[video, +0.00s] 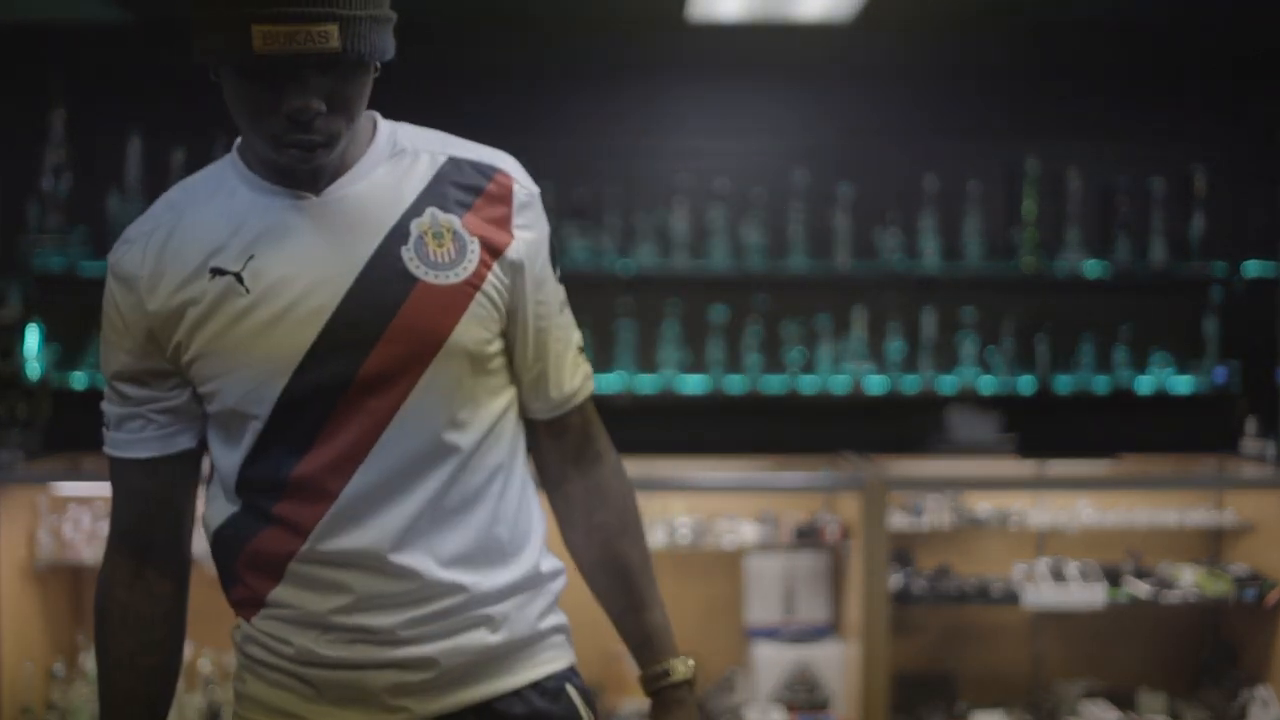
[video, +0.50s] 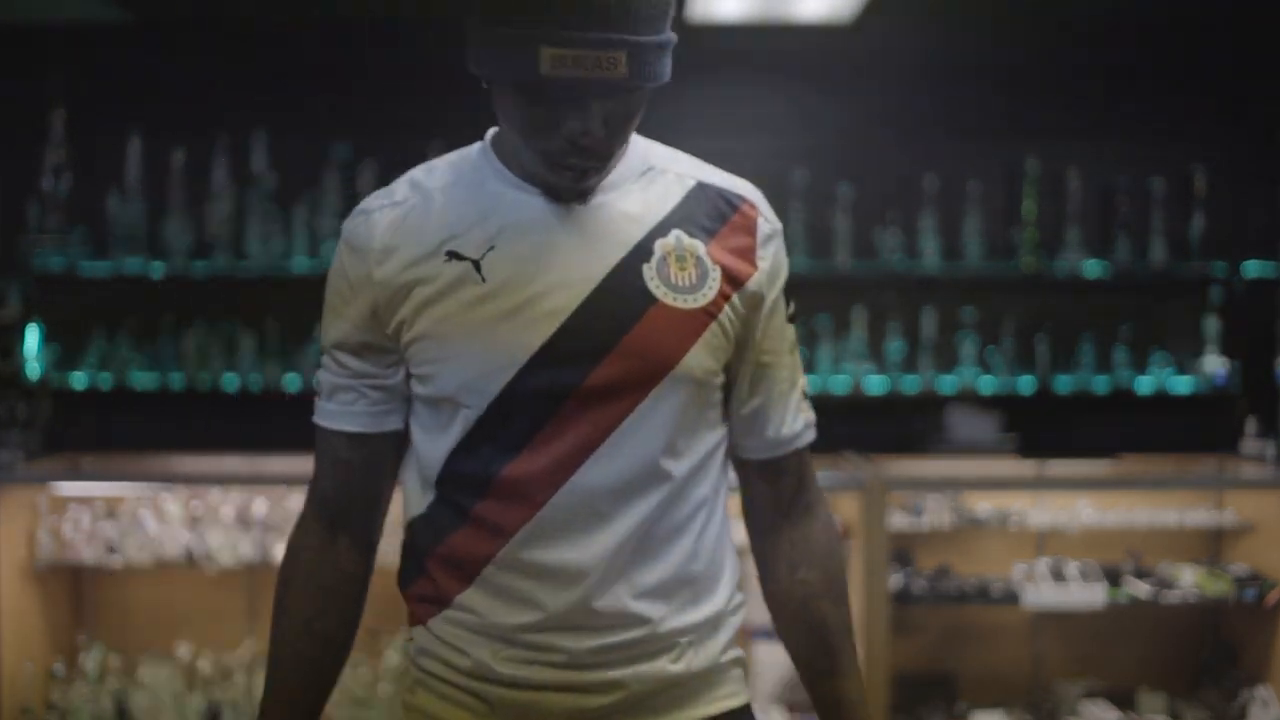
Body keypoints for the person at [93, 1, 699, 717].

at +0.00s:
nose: (305, 106)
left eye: (335, 72)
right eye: (272, 75)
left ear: (377, 57)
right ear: (222, 69)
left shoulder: (492, 197)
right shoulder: (154, 260)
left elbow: (575, 449)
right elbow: (146, 552)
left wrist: (669, 676)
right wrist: (130, 718)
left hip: (508, 678)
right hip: (296, 691)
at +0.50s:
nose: (586, 127)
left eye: (617, 94)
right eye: (550, 93)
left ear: (651, 79)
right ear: (489, 71)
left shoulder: (731, 224)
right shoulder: (389, 237)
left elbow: (788, 506)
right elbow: (337, 522)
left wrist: (848, 706)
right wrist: (283, 713)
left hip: (687, 688)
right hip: (467, 688)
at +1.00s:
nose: (760, 137)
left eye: (793, 106)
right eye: (728, 102)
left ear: (829, 84)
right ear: (669, 66)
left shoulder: (884, 228)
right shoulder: (549, 210)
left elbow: (915, 504)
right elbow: (481, 486)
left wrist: (961, 704)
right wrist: (419, 707)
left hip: (789, 688)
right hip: (581, 686)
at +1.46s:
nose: (671, 122)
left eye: (699, 90)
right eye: (639, 87)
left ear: (735, 77)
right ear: (583, 69)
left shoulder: (803, 225)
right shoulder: (481, 223)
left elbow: (836, 492)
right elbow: (433, 499)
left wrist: (889, 707)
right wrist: (388, 709)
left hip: (734, 686)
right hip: (531, 688)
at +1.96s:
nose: (553, 133)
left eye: (582, 104)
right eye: (523, 102)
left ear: (622, 84)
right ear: (476, 84)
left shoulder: (706, 222)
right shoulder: (394, 240)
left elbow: (753, 484)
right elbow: (355, 506)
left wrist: (820, 700)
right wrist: (304, 709)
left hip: (667, 682)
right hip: (467, 688)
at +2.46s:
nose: (645, 144)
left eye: (674, 111)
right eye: (613, 113)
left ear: (706, 91)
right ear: (561, 89)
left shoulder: (776, 227)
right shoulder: (459, 224)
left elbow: (884, 454)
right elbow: (348, 459)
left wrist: (1029, 658)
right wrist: (257, 692)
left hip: (726, 680)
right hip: (526, 687)